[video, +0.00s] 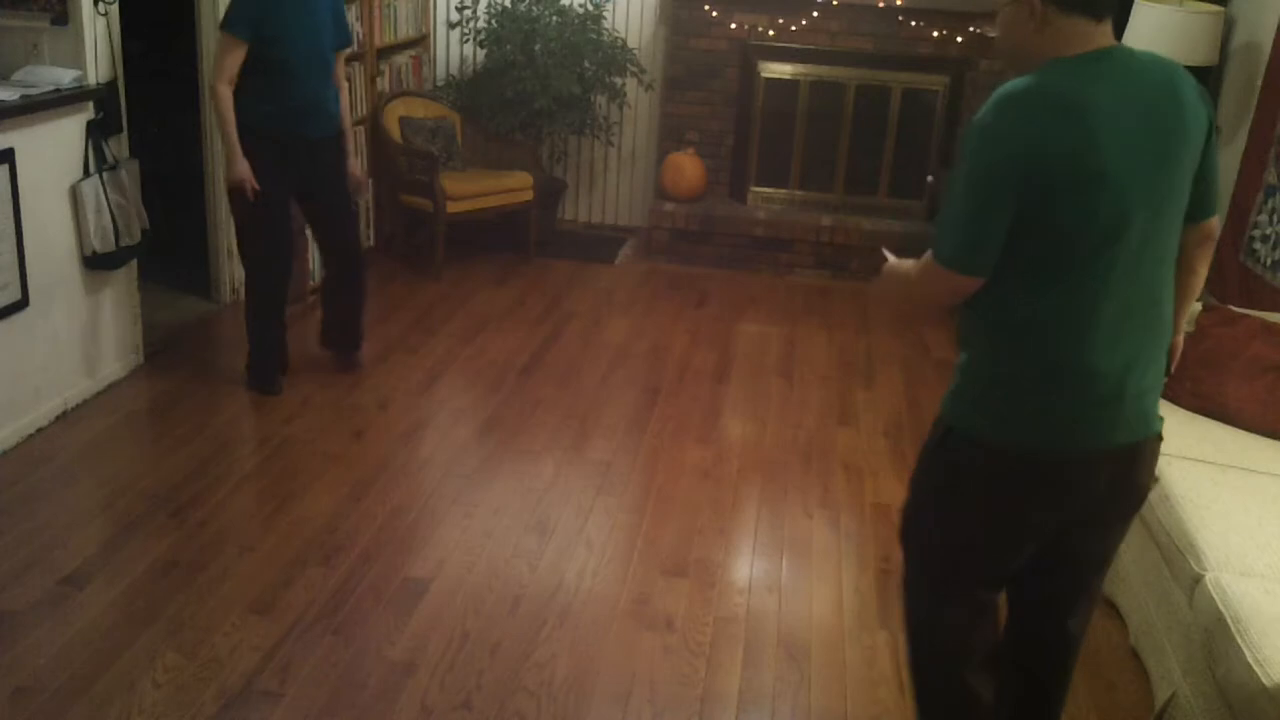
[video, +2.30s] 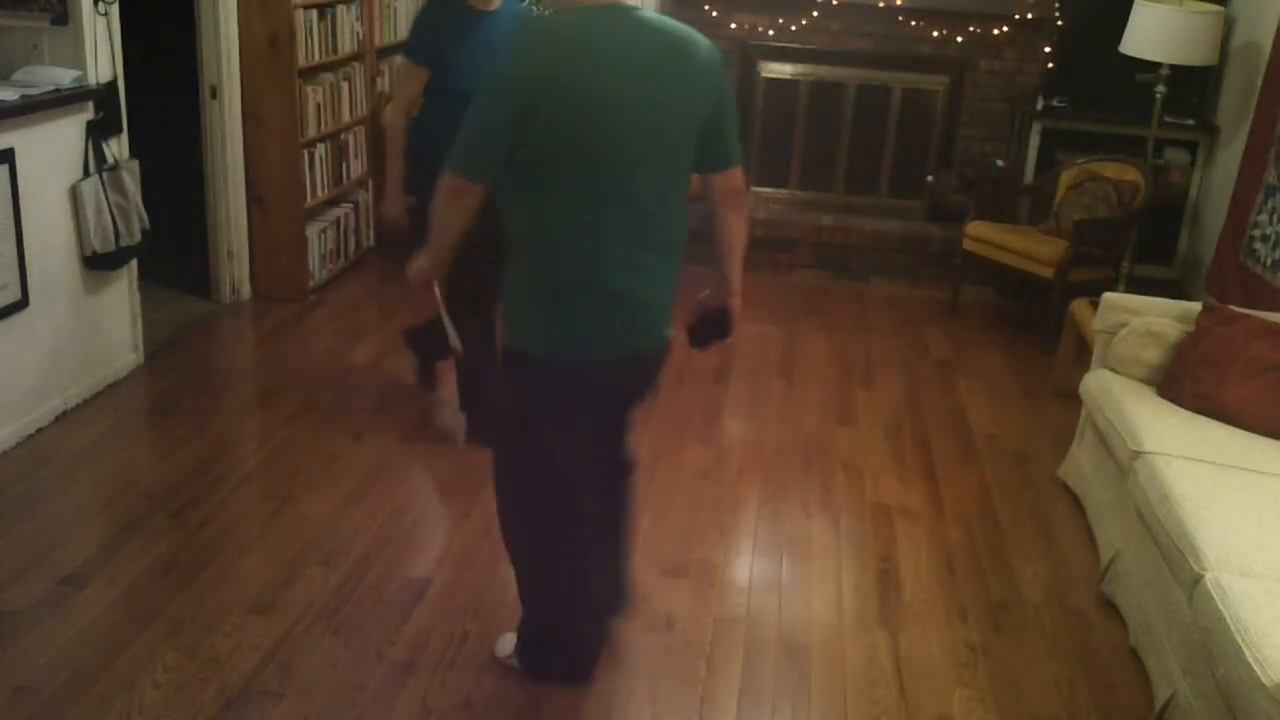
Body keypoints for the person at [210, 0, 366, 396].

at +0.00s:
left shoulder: (331, 8)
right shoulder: (250, 8)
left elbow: (339, 81)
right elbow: (222, 82)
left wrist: (349, 151)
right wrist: (235, 157)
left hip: (321, 147)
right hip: (261, 151)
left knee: (346, 250)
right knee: (268, 262)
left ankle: (343, 341)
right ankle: (265, 370)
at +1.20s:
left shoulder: (379, 6)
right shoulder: (300, 7)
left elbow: (389, 74)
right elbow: (272, 76)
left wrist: (408, 144)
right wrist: (302, 150)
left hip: (365, 139)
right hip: (309, 142)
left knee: (365, 244)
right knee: (316, 245)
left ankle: (356, 347)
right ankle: (304, 343)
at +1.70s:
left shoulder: (422, 7)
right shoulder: (347, 9)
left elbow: (429, 78)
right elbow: (324, 85)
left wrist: (435, 146)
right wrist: (337, 164)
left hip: (411, 144)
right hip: (365, 144)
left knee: (407, 254)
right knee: (369, 253)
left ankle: (398, 361)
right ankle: (325, 337)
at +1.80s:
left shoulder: (436, 8)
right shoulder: (357, 9)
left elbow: (449, 81)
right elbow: (332, 86)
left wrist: (468, 152)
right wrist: (336, 166)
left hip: (420, 145)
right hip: (371, 145)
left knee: (416, 250)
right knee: (397, 251)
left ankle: (399, 359)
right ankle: (372, 356)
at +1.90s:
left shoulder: (451, 10)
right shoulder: (373, 10)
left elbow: (469, 87)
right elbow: (339, 90)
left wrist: (493, 158)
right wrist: (335, 166)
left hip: (431, 148)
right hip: (379, 149)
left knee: (419, 260)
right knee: (413, 262)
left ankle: (395, 360)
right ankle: (421, 385)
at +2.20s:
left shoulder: (501, 19)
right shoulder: (421, 18)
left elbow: (517, 92)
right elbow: (383, 101)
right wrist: (372, 175)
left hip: (478, 163)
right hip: (422, 163)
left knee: (452, 267)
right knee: (456, 275)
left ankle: (406, 349)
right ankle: (482, 404)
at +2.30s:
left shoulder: (521, 18)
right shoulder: (441, 17)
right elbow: (399, 110)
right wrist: (394, 189)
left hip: (505, 168)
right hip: (446, 172)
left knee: (496, 272)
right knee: (471, 288)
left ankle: (430, 339)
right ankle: (482, 413)